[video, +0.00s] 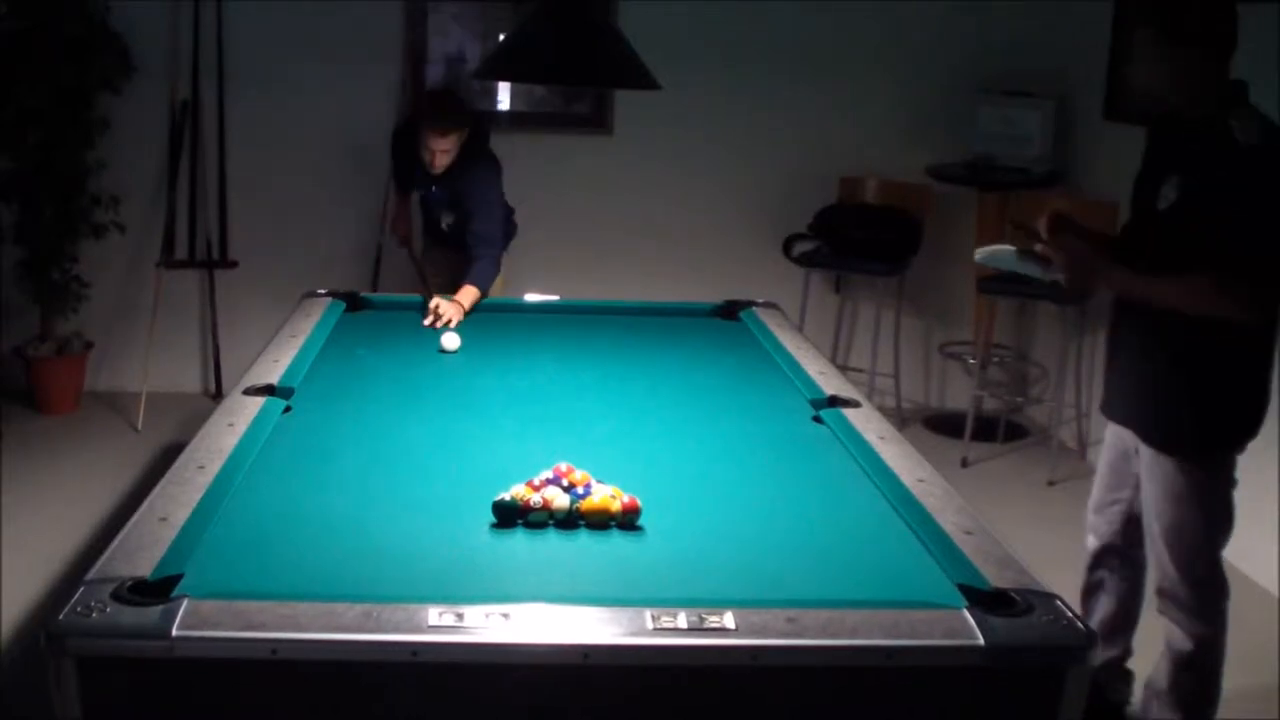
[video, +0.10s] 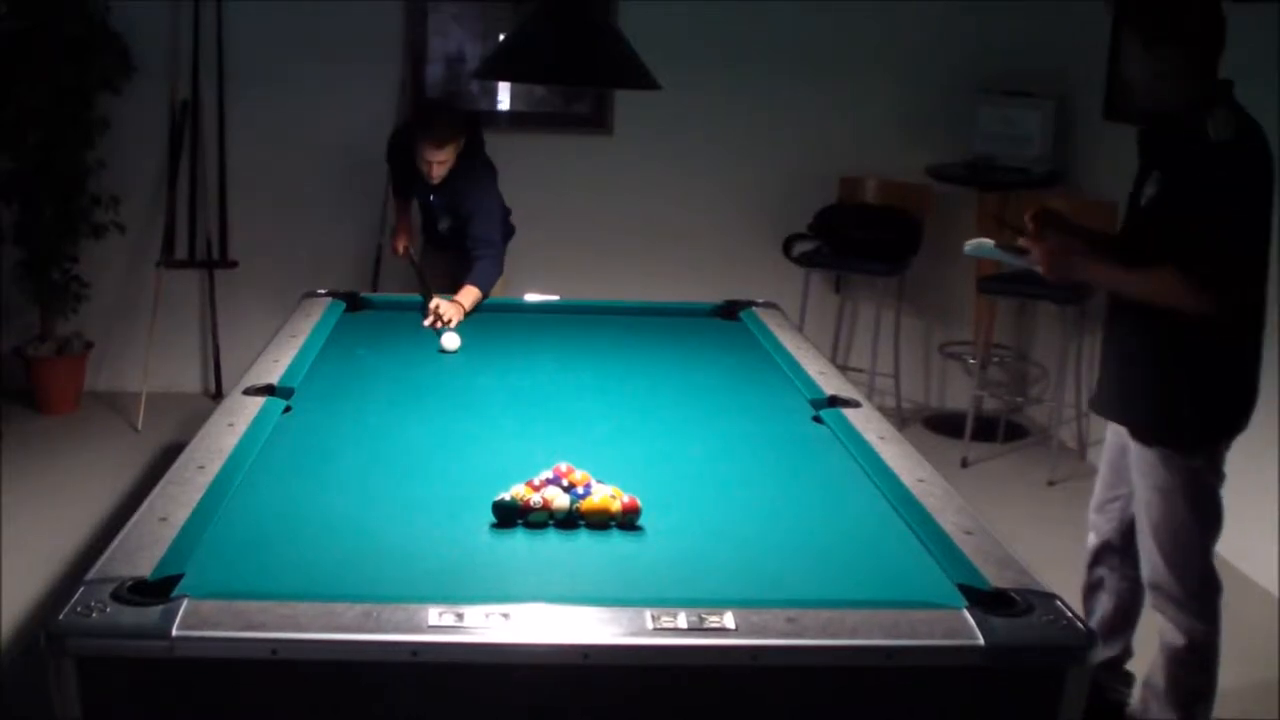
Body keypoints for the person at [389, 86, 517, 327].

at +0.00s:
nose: (436, 161)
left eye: (446, 152)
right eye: (429, 150)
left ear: (462, 142)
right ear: (419, 140)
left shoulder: (480, 165)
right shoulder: (407, 143)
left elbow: (488, 249)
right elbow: (402, 178)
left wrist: (460, 303)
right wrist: (402, 216)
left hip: (479, 241)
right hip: (437, 236)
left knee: (480, 318)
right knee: (434, 310)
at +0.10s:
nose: (433, 172)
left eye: (442, 163)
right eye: (426, 162)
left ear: (459, 149)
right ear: (416, 151)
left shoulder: (476, 172)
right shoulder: (404, 150)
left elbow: (490, 254)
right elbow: (401, 186)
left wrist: (460, 303)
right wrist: (402, 226)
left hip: (475, 241)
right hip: (435, 238)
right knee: (432, 309)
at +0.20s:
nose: (431, 182)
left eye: (440, 173)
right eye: (423, 172)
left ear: (455, 159)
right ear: (413, 161)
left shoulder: (473, 180)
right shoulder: (401, 155)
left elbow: (491, 257)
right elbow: (399, 187)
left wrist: (460, 304)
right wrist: (402, 227)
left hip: (473, 247)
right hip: (434, 242)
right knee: (433, 313)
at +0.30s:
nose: (428, 193)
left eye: (437, 183)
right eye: (421, 183)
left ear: (452, 168)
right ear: (409, 171)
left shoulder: (470, 185)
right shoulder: (398, 156)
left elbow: (489, 259)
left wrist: (460, 304)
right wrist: (398, 221)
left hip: (470, 248)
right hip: (432, 243)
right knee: (431, 312)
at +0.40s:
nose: (426, 201)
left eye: (435, 192)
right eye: (419, 192)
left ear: (450, 175)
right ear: (406, 180)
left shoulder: (469, 193)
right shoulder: (403, 161)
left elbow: (488, 261)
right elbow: (388, 149)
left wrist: (459, 305)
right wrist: (395, 211)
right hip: (432, 243)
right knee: (430, 311)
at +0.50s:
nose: (425, 207)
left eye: (434, 197)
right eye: (418, 197)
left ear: (449, 180)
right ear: (406, 186)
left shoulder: (468, 197)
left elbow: (488, 265)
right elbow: (389, 146)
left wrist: (459, 306)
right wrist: (394, 205)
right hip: (433, 240)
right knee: (431, 308)